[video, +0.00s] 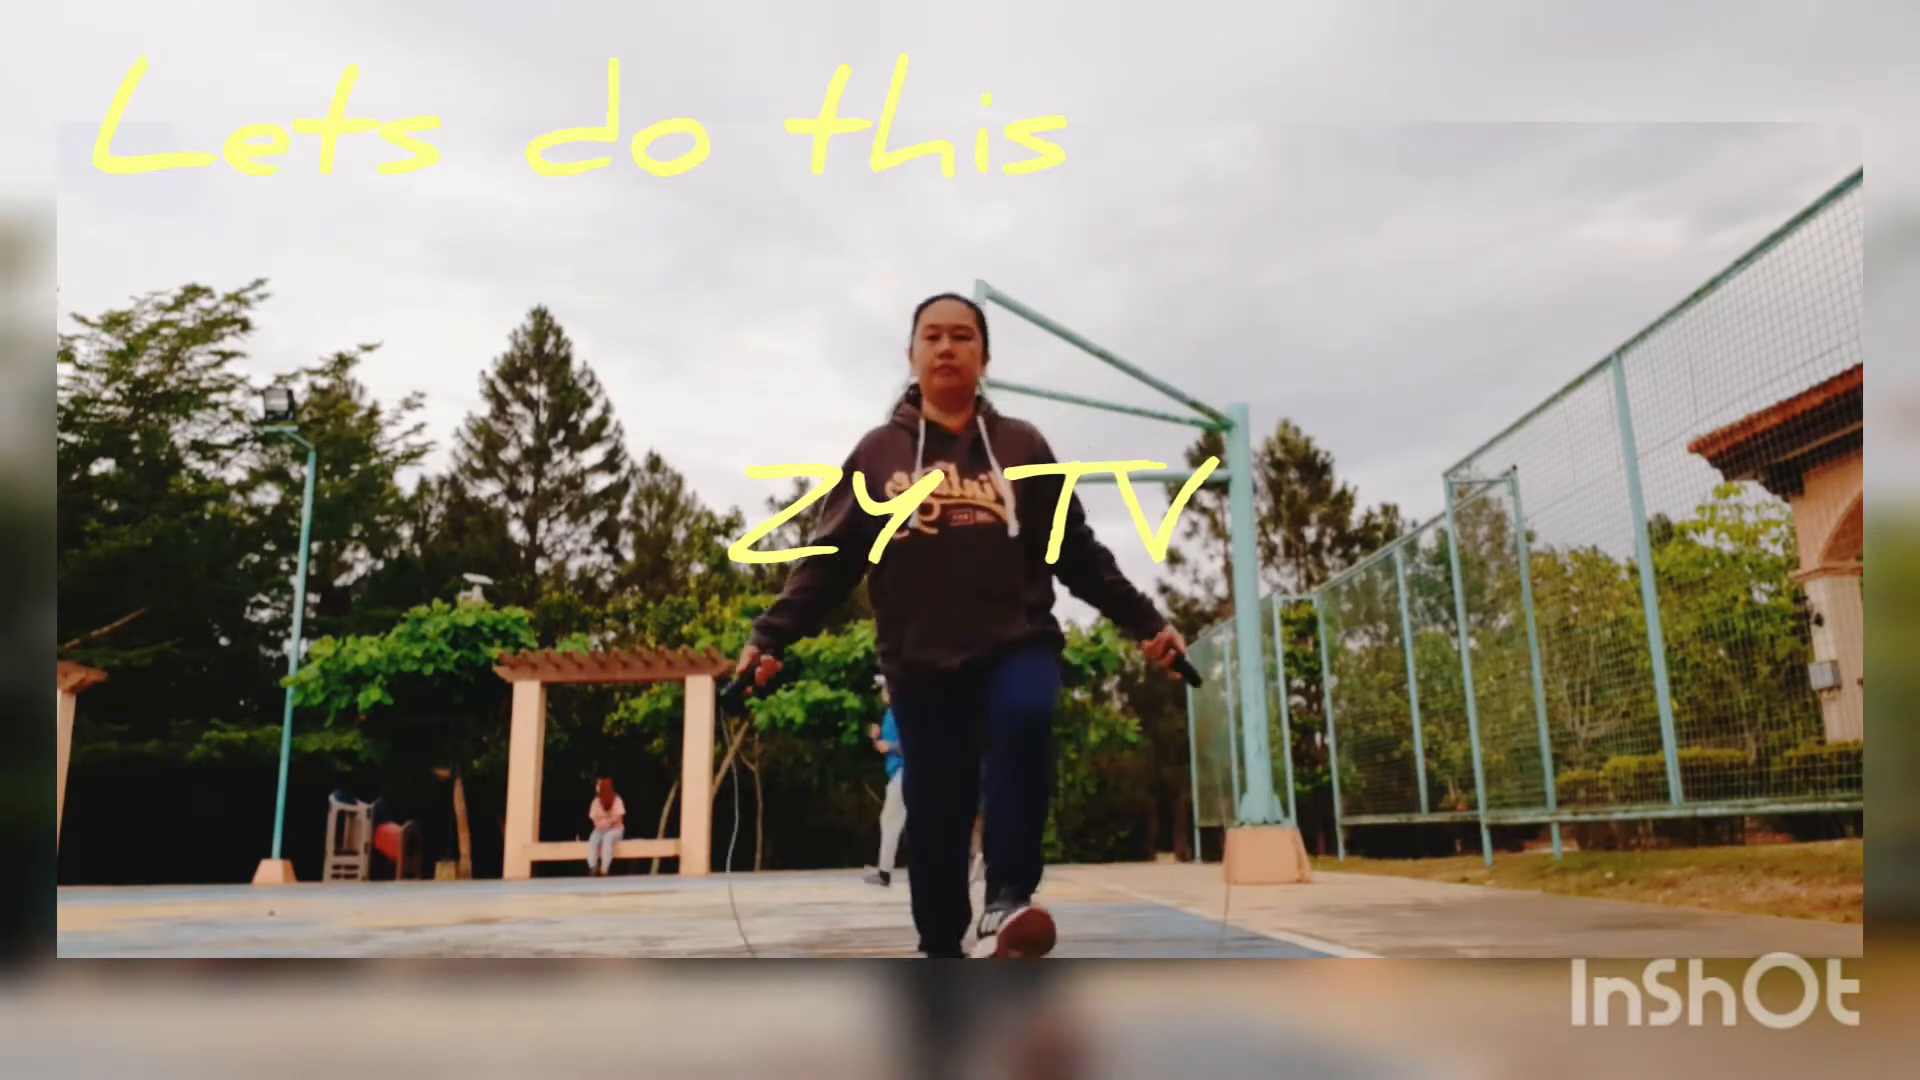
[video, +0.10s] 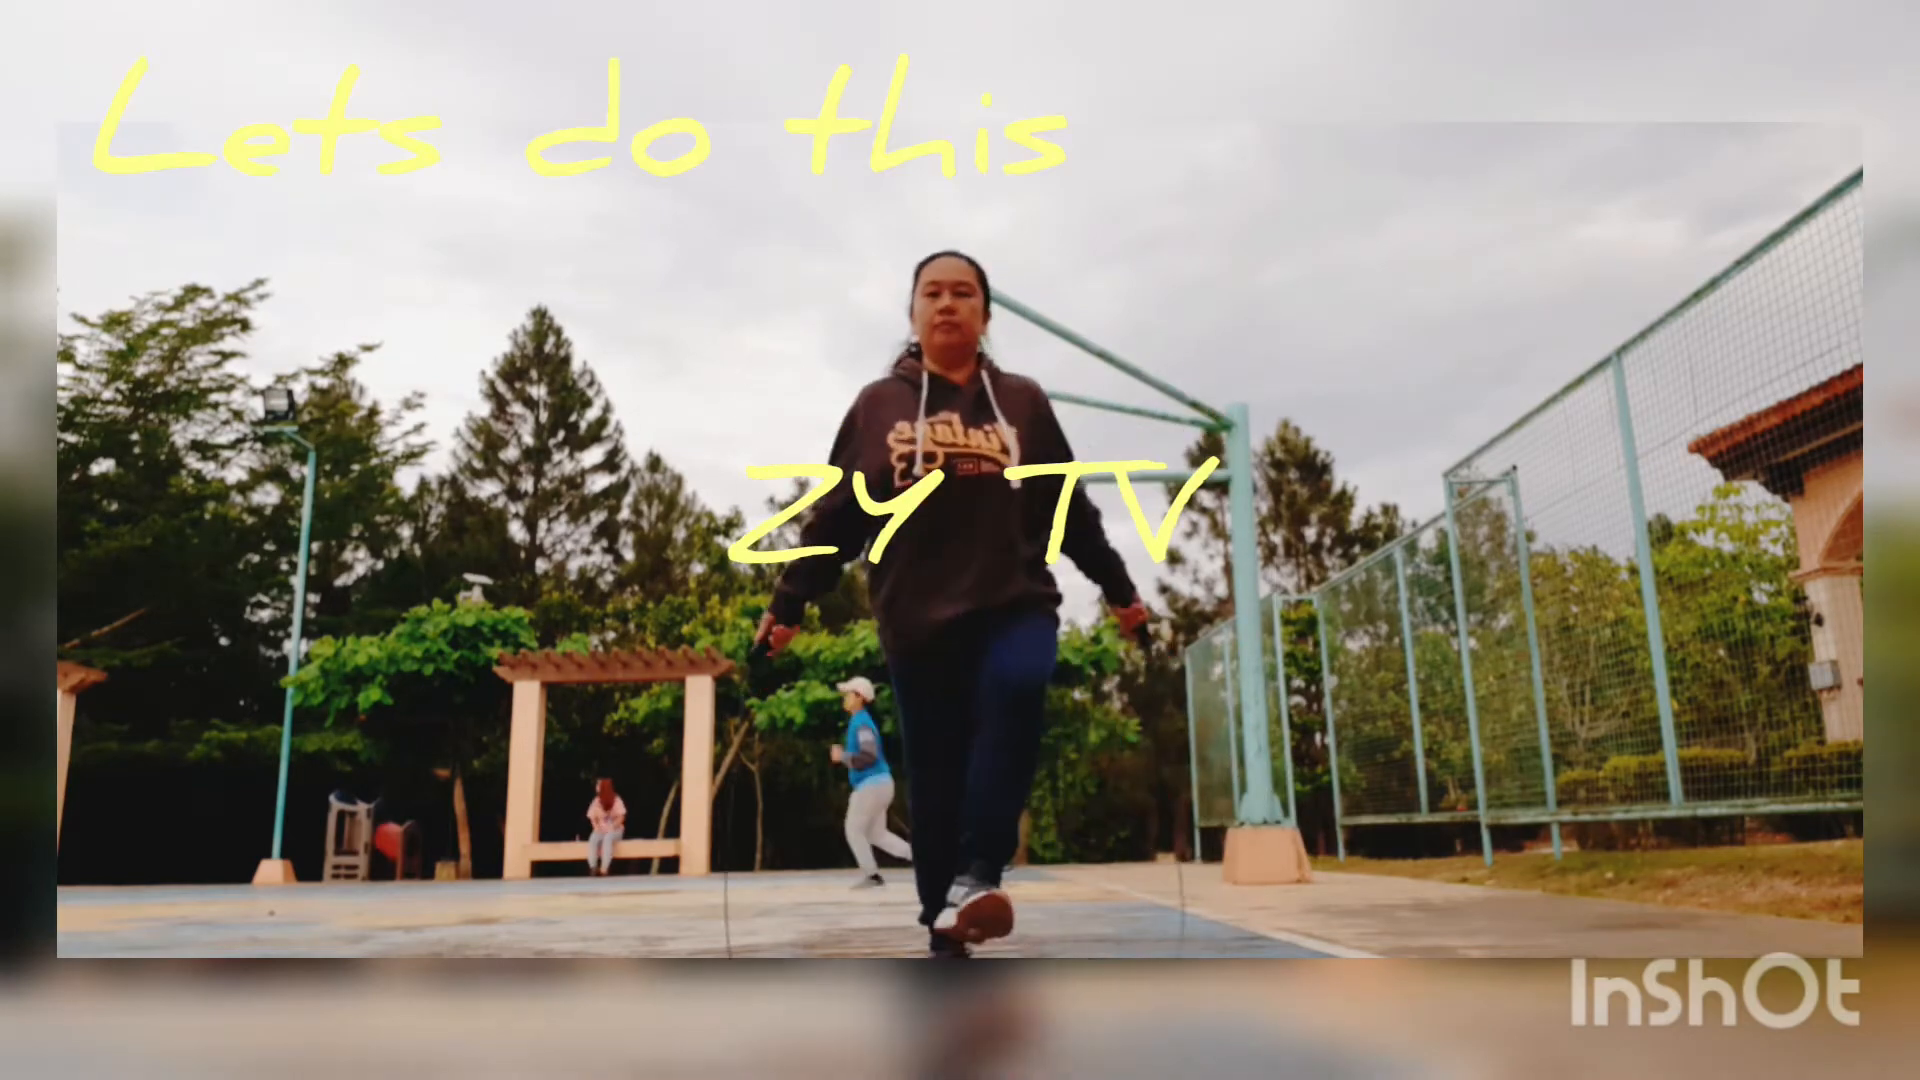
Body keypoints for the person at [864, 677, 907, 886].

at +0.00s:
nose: (881, 695)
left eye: (883, 690)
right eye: (882, 690)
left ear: (890, 692)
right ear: (890, 692)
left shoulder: (892, 715)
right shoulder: (896, 714)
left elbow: (902, 743)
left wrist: (884, 743)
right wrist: (880, 735)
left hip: (901, 772)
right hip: (902, 771)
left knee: (891, 818)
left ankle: (885, 870)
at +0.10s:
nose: (844, 699)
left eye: (848, 695)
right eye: (845, 695)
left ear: (859, 698)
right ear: (857, 698)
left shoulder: (861, 721)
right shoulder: (859, 721)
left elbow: (868, 756)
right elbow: (865, 756)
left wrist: (844, 756)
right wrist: (845, 756)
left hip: (871, 783)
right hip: (880, 781)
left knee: (854, 829)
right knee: (877, 834)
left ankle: (871, 874)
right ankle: (916, 854)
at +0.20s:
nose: (820, 698)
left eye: (824, 694)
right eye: (821, 694)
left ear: (834, 697)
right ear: (833, 696)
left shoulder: (836, 718)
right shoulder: (833, 719)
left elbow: (832, 753)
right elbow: (831, 753)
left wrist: (811, 750)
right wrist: (813, 751)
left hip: (853, 779)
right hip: (845, 781)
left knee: (843, 827)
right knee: (828, 826)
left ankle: (870, 870)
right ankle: (864, 866)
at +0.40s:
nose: (757, 699)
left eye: (760, 695)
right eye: (757, 695)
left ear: (771, 698)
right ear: (768, 697)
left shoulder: (767, 719)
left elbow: (758, 752)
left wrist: (745, 746)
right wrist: (748, 751)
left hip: (782, 780)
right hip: (777, 783)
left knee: (787, 830)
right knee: (760, 827)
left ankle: (831, 858)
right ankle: (762, 877)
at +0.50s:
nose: (733, 704)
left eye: (737, 700)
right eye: (733, 700)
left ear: (747, 703)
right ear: (743, 703)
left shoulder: (746, 723)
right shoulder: (745, 722)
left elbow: (746, 757)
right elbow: (746, 755)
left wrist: (727, 759)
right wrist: (728, 756)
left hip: (758, 784)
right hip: (755, 784)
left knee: (741, 835)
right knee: (744, 835)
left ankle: (785, 860)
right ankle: (759, 877)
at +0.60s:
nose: (696, 697)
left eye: (700, 693)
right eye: (697, 693)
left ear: (710, 697)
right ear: (703, 697)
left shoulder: (712, 717)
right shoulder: (703, 719)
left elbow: (724, 746)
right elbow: (704, 748)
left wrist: (696, 754)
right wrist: (686, 745)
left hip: (719, 780)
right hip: (716, 779)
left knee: (689, 822)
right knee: (727, 830)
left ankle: (696, 874)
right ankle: (754, 868)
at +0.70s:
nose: (667, 697)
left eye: (671, 693)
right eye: (667, 693)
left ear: (682, 696)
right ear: (674, 696)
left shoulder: (685, 717)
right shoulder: (671, 719)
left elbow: (701, 743)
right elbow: (668, 748)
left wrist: (673, 751)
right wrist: (658, 742)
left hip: (684, 777)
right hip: (688, 777)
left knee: (663, 825)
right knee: (705, 823)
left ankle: (651, 877)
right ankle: (737, 862)